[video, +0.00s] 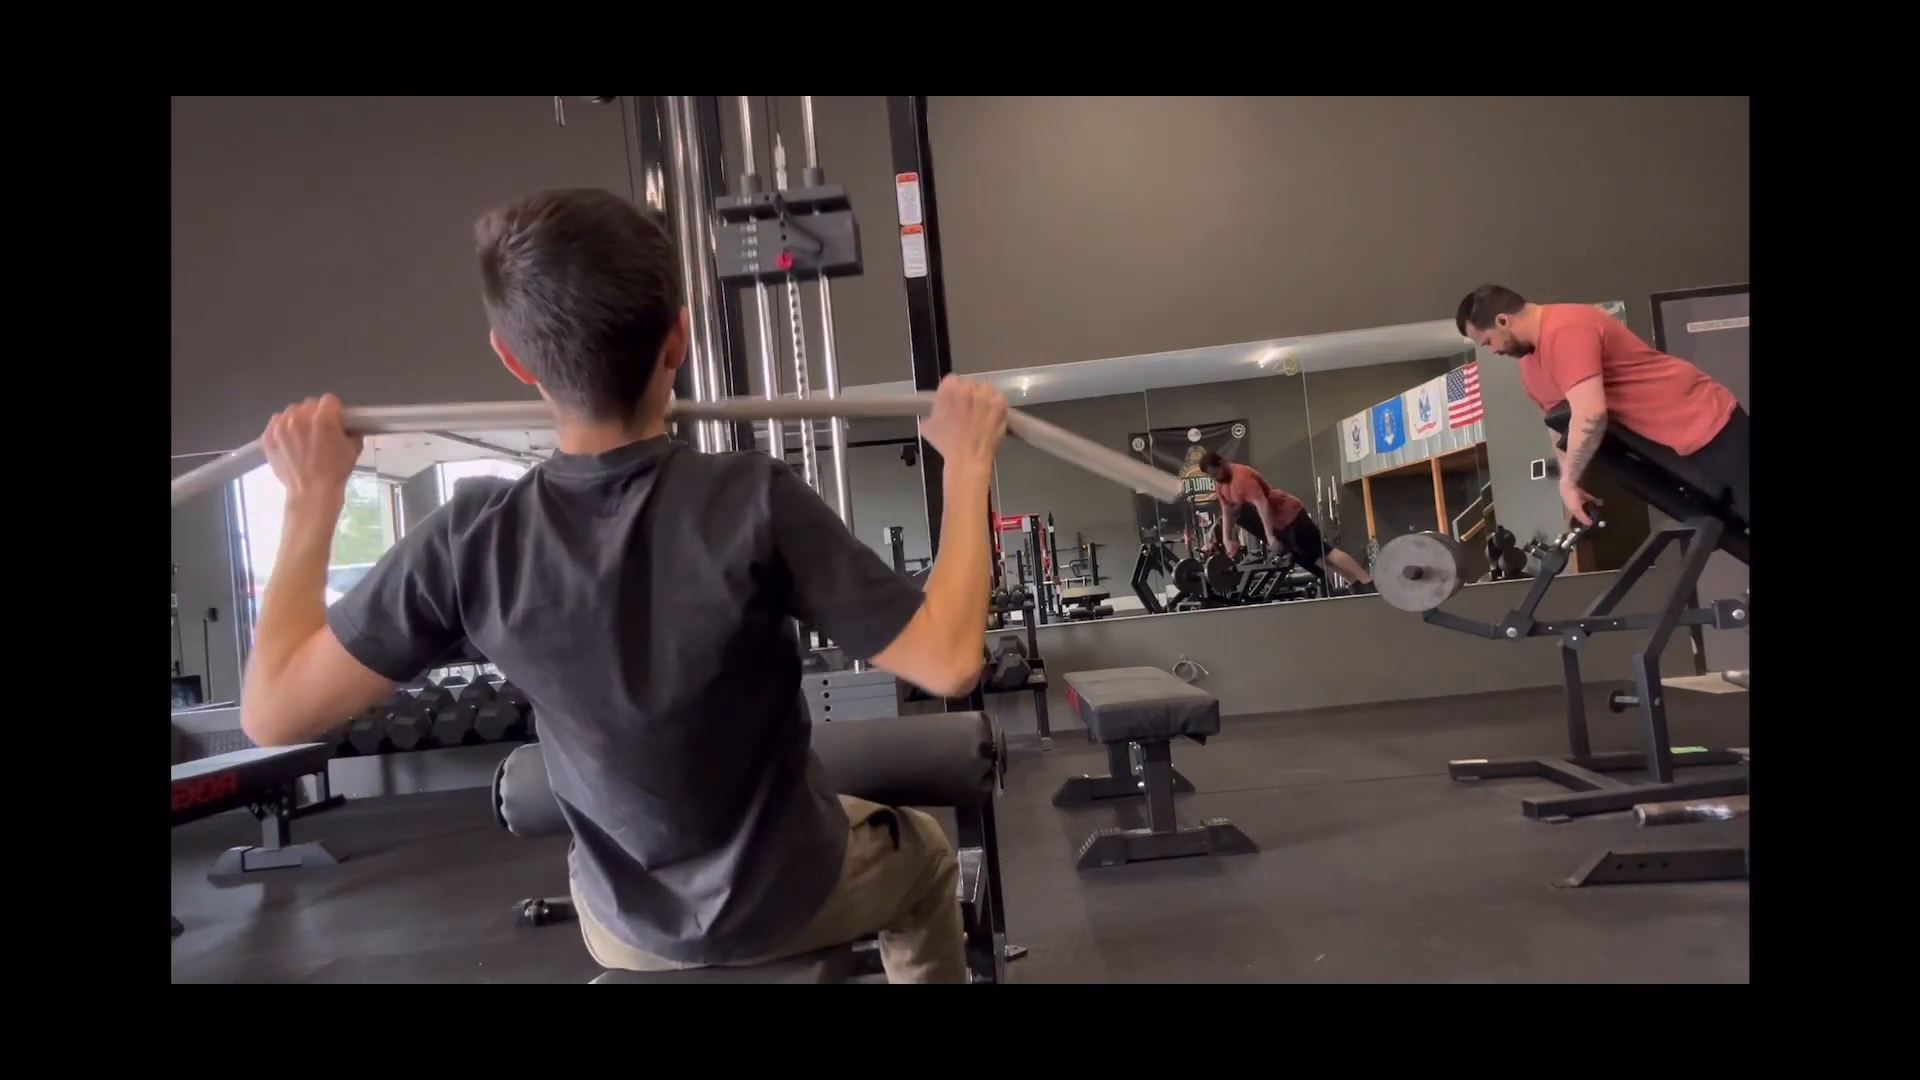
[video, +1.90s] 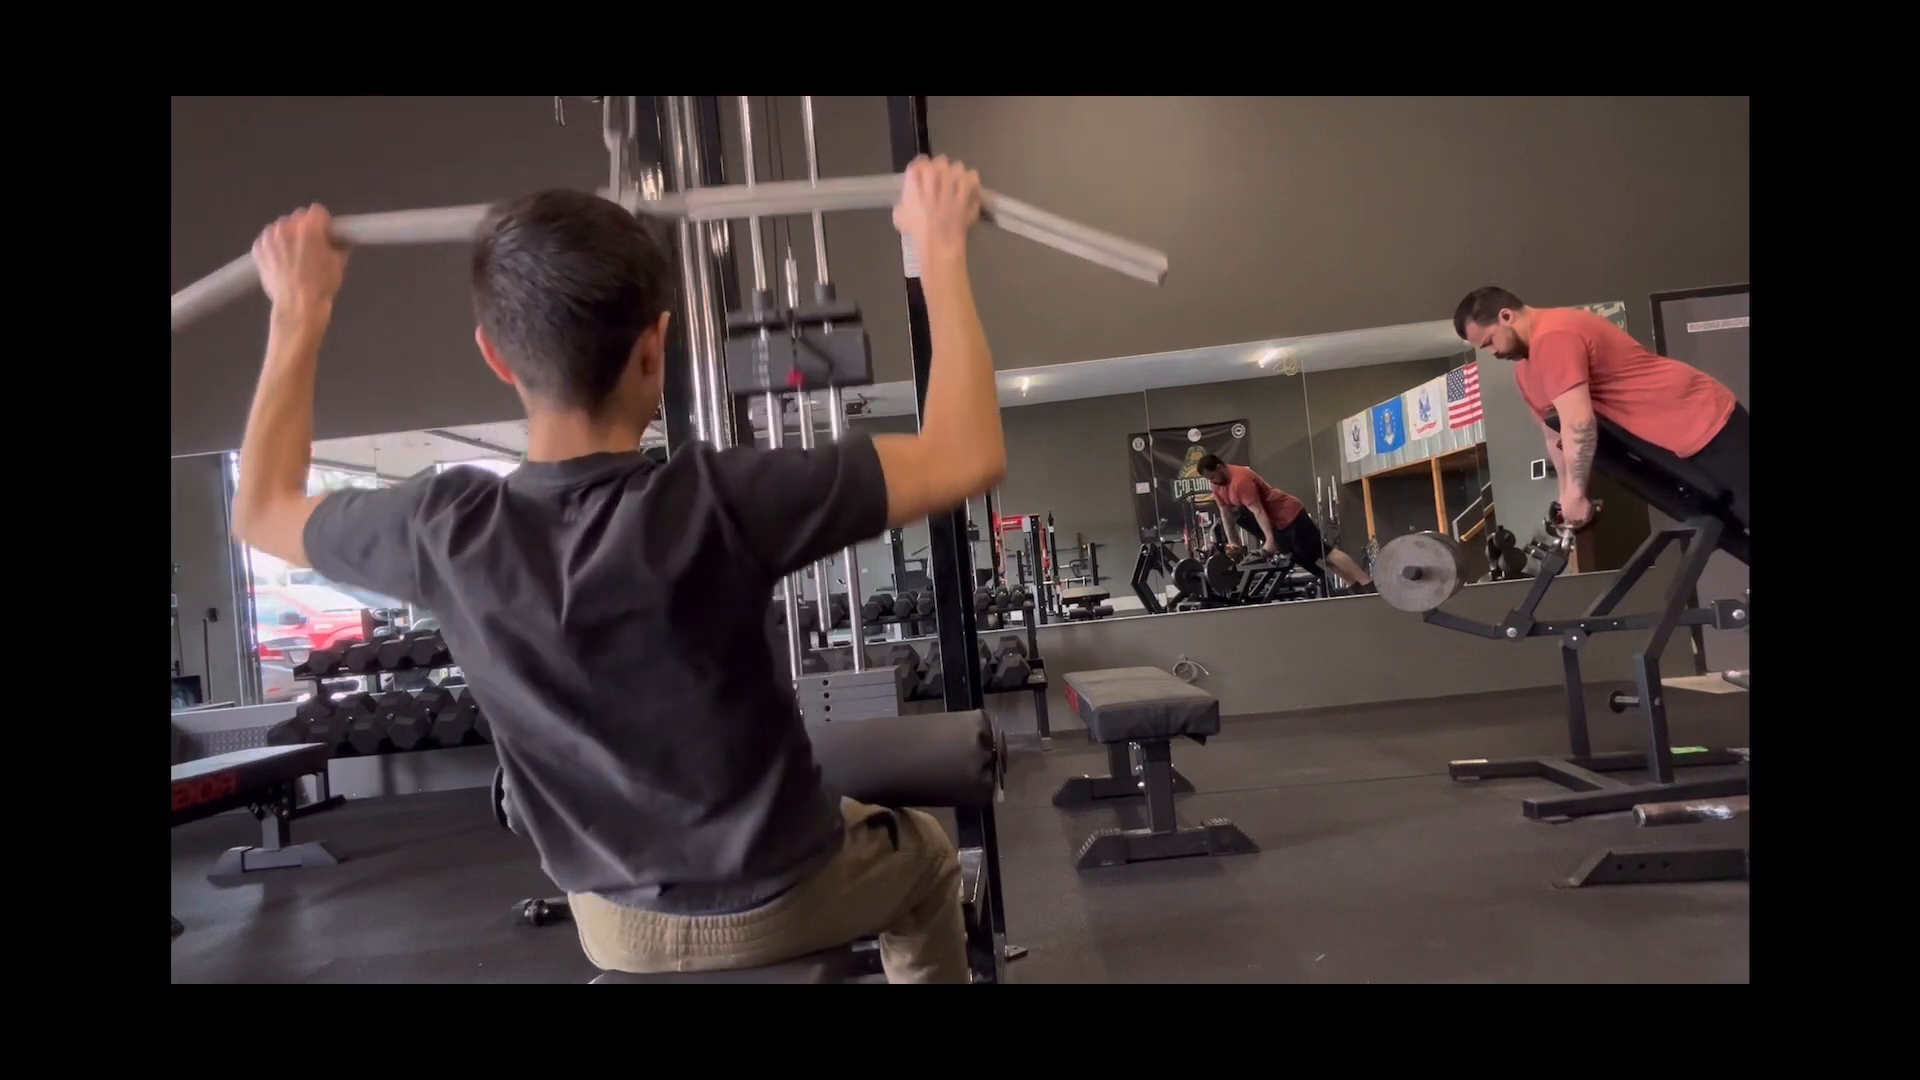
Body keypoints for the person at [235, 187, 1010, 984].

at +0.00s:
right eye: (683, 314)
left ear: (511, 362)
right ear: (680, 337)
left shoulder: (477, 540)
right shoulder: (754, 502)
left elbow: (272, 709)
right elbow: (950, 660)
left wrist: (311, 496)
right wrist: (968, 466)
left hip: (614, 908)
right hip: (784, 895)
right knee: (922, 864)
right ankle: (927, 977)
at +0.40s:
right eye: (683, 315)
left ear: (507, 367)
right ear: (678, 343)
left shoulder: (466, 523)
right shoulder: (752, 493)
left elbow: (271, 610)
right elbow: (978, 549)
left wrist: (322, 419)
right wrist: (966, 363)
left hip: (613, 911)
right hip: (781, 898)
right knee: (922, 859)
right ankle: (932, 981)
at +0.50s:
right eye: (679, 321)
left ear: (504, 368)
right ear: (672, 346)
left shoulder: (467, 515)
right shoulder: (743, 485)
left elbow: (288, 525)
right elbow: (971, 466)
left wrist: (323, 338)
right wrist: (957, 281)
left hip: (612, 911)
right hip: (775, 895)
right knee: (926, 864)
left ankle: (615, 970)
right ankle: (932, 978)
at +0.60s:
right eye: (677, 316)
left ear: (506, 363)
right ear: (665, 340)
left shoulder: (473, 503)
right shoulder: (746, 464)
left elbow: (303, 433)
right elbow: (955, 395)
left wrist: (322, 255)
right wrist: (947, 203)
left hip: (616, 915)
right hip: (775, 892)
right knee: (925, 857)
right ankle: (932, 983)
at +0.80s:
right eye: (686, 299)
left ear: (522, 341)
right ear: (682, 322)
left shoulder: (494, 466)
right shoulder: (749, 428)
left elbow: (358, 313)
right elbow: (904, 271)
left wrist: (334, 138)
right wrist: (927, 100)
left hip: (615, 915)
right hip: (779, 895)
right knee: (924, 854)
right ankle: (933, 980)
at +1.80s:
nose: (680, 330)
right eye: (681, 310)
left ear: (510, 343)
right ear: (668, 331)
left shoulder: (470, 503)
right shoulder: (739, 472)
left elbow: (290, 427)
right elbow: (954, 382)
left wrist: (307, 233)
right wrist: (937, 180)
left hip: (616, 915)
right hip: (780, 900)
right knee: (924, 858)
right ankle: (931, 980)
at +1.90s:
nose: (671, 347)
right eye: (670, 328)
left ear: (493, 357)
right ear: (652, 345)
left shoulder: (446, 528)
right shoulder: (724, 497)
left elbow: (263, 513)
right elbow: (967, 455)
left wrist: (296, 312)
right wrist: (943, 255)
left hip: (610, 927)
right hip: (777, 912)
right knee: (922, 857)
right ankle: (931, 980)